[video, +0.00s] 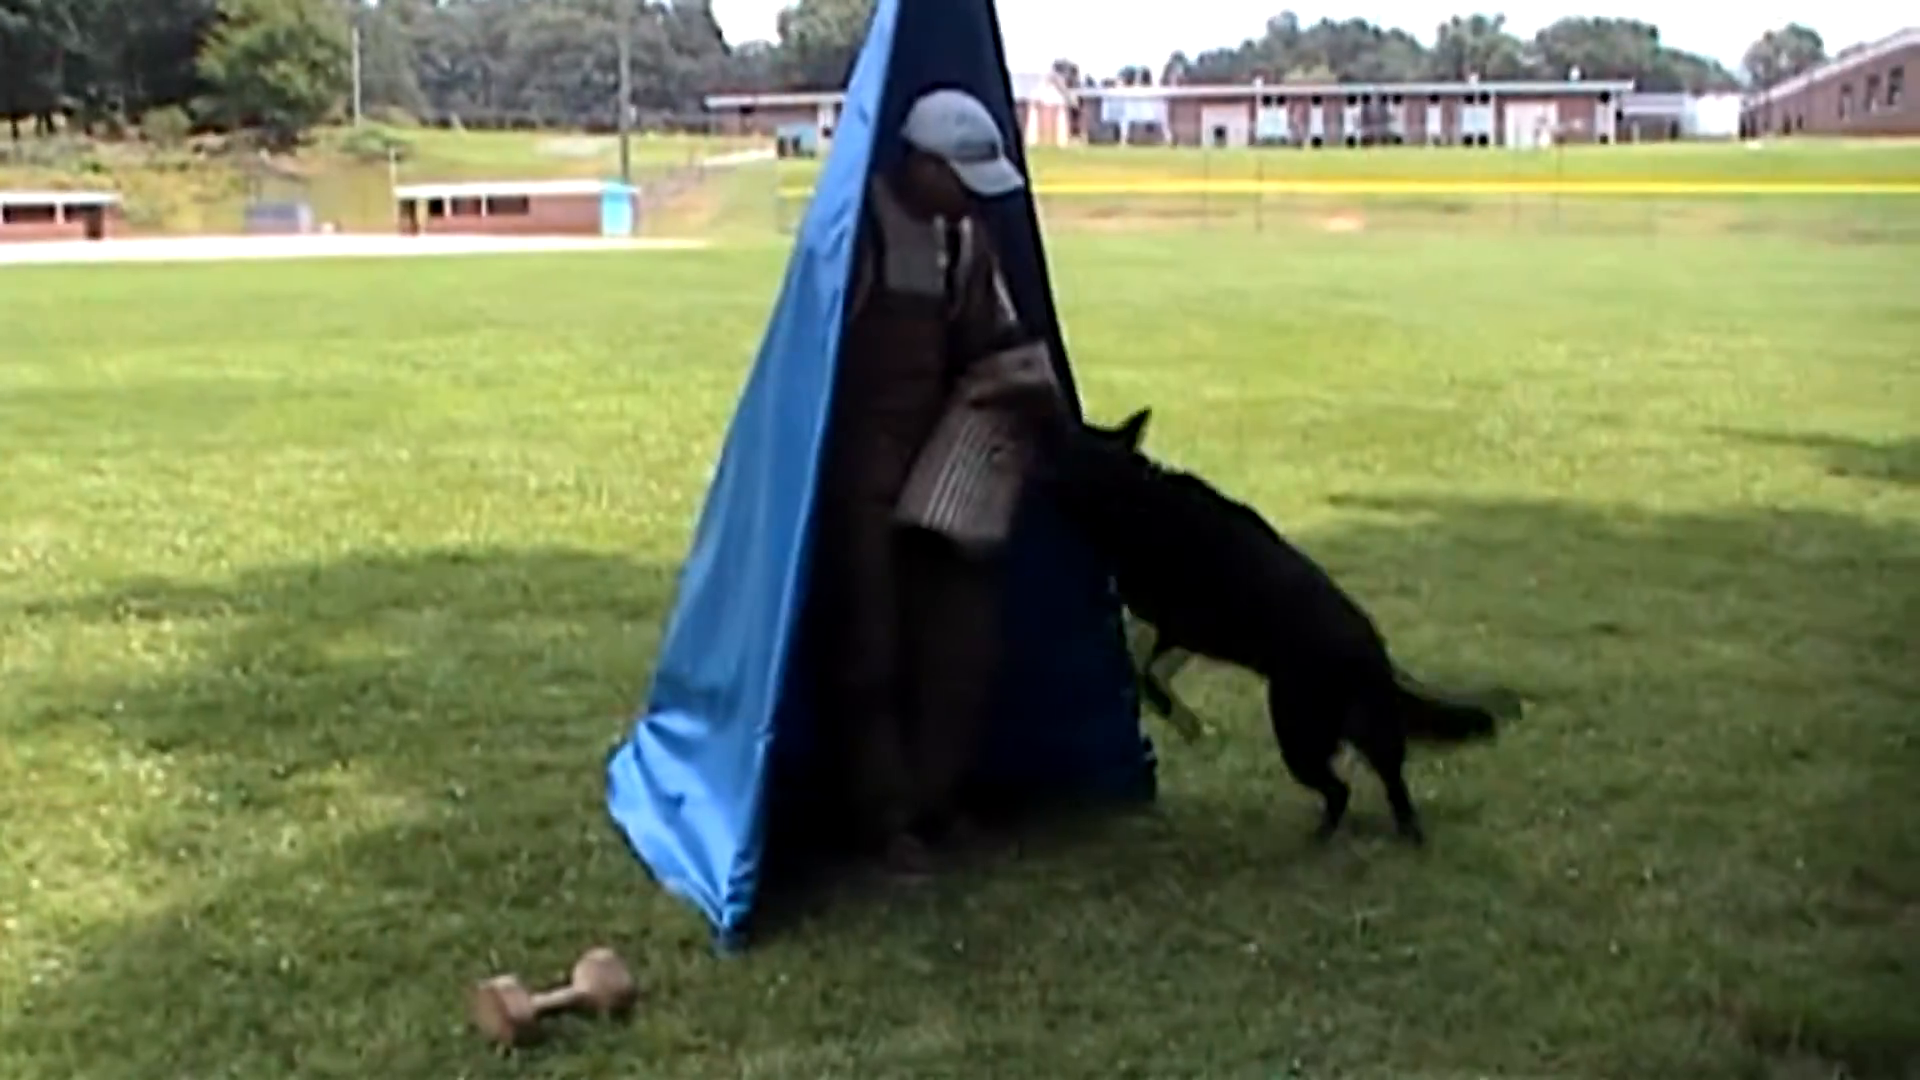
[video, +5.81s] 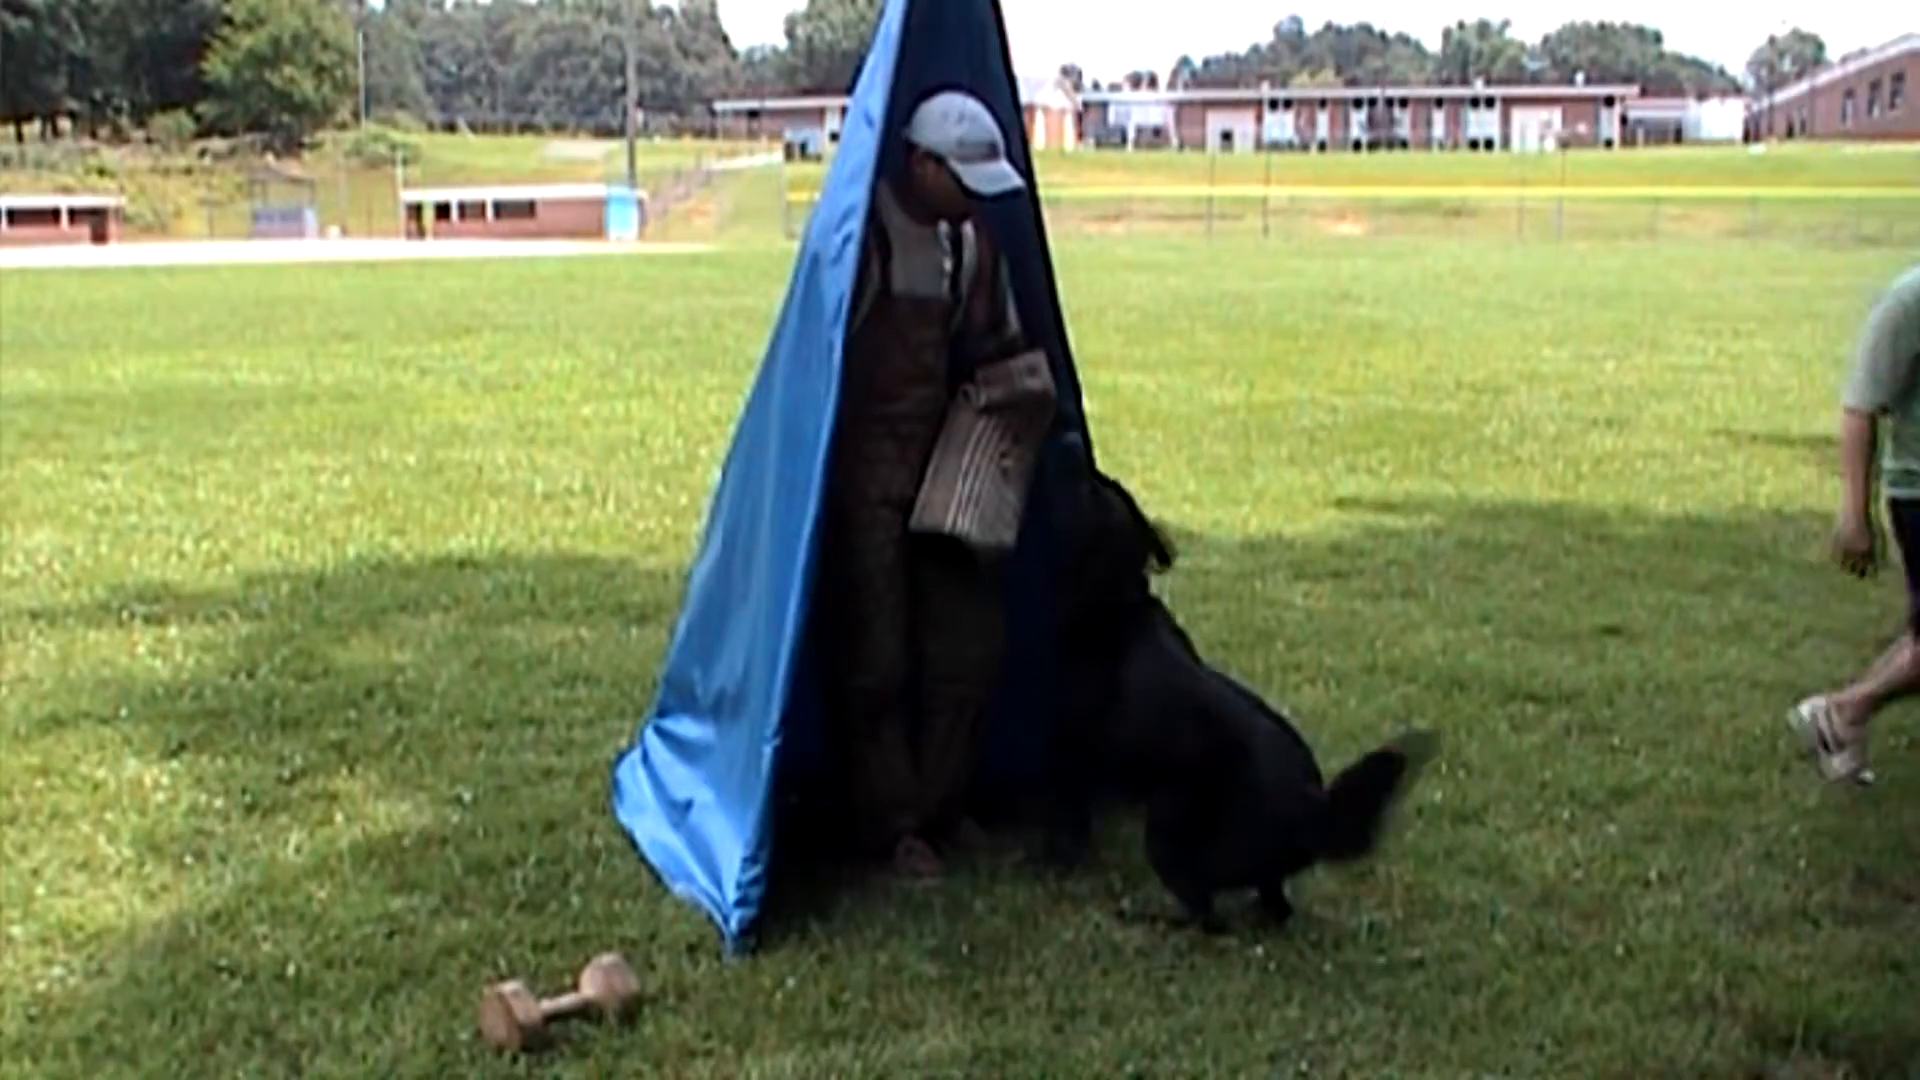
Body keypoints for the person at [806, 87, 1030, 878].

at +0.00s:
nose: (969, 197)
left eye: (976, 182)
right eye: (960, 179)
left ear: (967, 173)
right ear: (916, 163)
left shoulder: (969, 242)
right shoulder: (850, 239)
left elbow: (1005, 351)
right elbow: (808, 368)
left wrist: (1015, 378)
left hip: (948, 478)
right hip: (858, 483)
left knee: (951, 638)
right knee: (873, 647)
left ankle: (938, 804)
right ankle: (882, 821)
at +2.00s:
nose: (980, 196)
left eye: (987, 183)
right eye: (971, 179)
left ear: (983, 172)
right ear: (928, 162)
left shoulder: (984, 249)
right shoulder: (863, 244)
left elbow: (1005, 362)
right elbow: (824, 369)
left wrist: (1028, 385)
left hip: (959, 486)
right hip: (872, 486)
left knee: (962, 648)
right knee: (885, 658)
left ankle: (948, 811)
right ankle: (899, 828)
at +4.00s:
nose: (976, 200)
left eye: (983, 186)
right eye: (966, 183)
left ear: (975, 175)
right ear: (922, 164)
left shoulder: (978, 251)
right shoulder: (857, 243)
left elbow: (1004, 361)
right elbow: (819, 366)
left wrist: (1025, 381)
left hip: (956, 485)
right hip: (869, 486)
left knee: (968, 645)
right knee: (882, 658)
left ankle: (947, 811)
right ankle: (894, 830)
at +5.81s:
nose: (971, 199)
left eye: (978, 186)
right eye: (961, 182)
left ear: (974, 174)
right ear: (917, 163)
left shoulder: (975, 245)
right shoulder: (855, 241)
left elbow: (997, 355)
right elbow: (815, 365)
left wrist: (1022, 384)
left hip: (955, 484)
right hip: (866, 486)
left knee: (961, 646)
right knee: (880, 658)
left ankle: (944, 813)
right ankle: (892, 829)